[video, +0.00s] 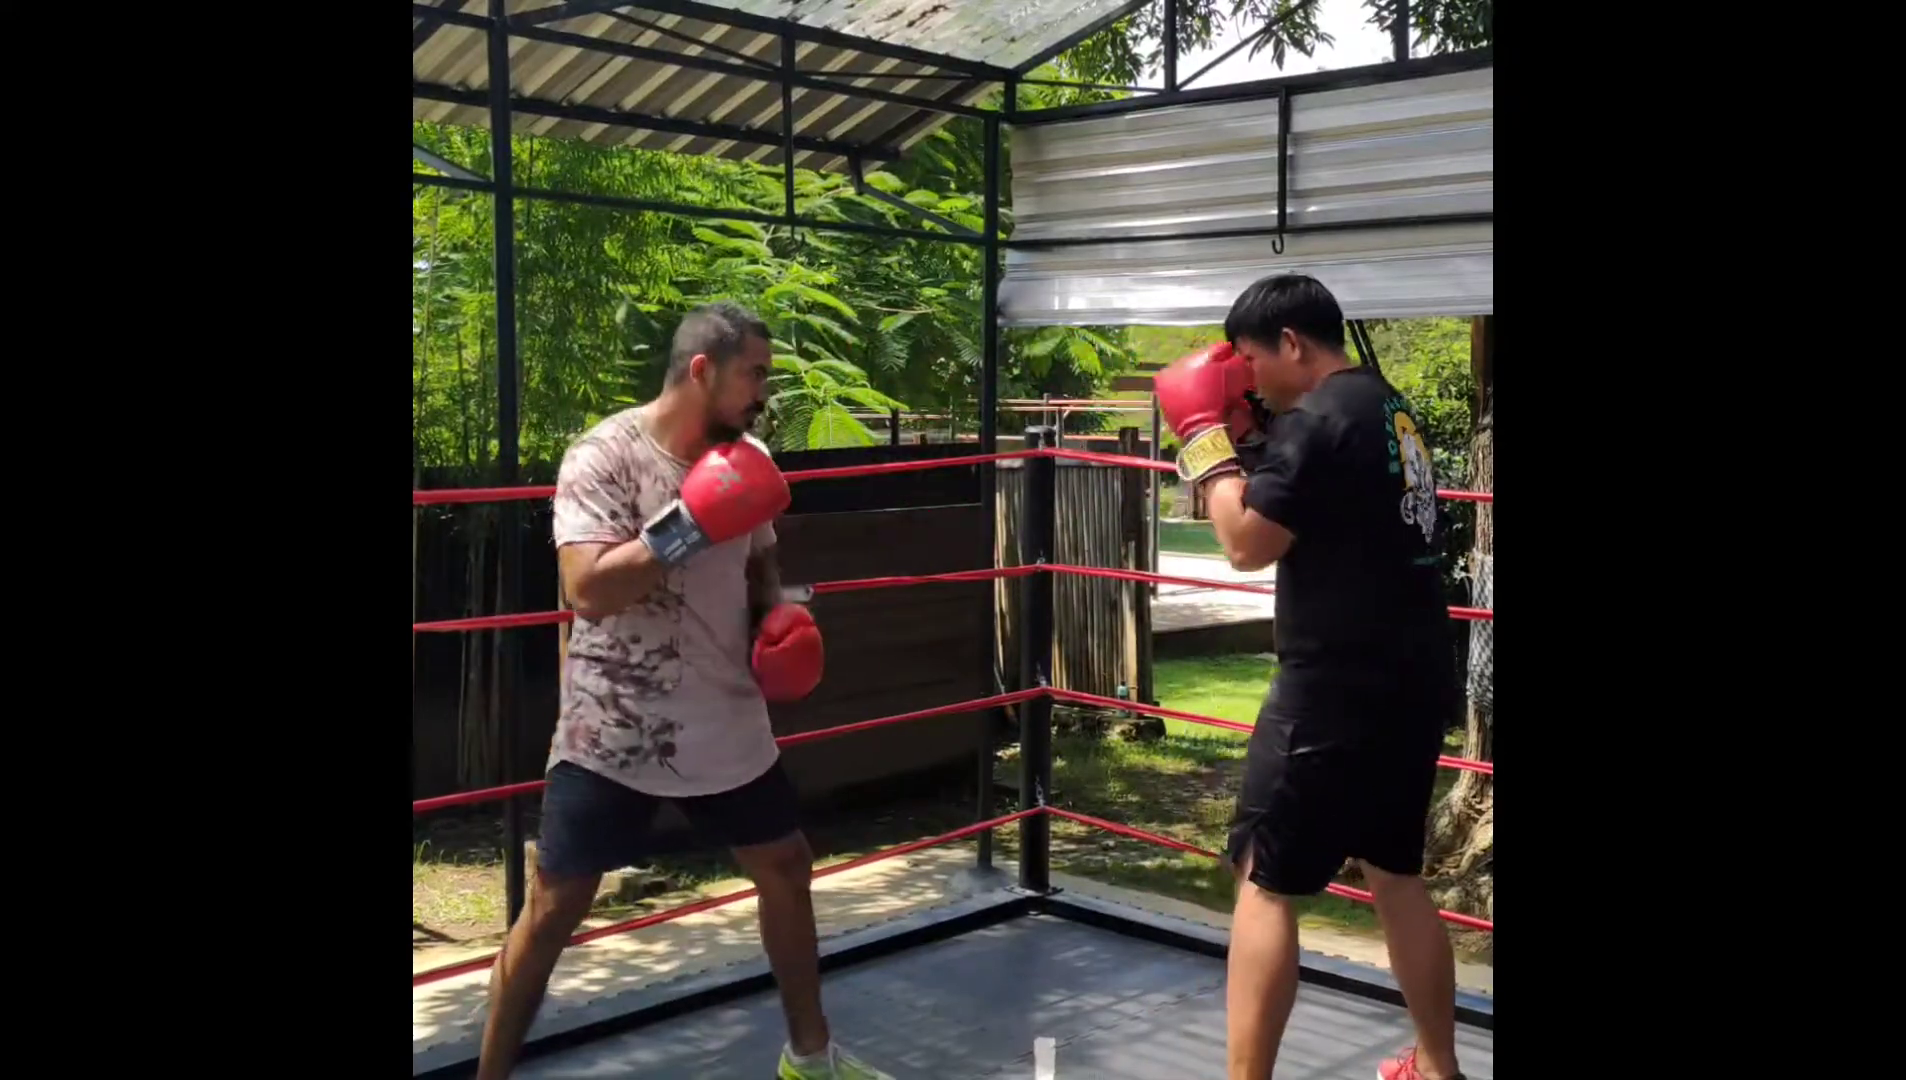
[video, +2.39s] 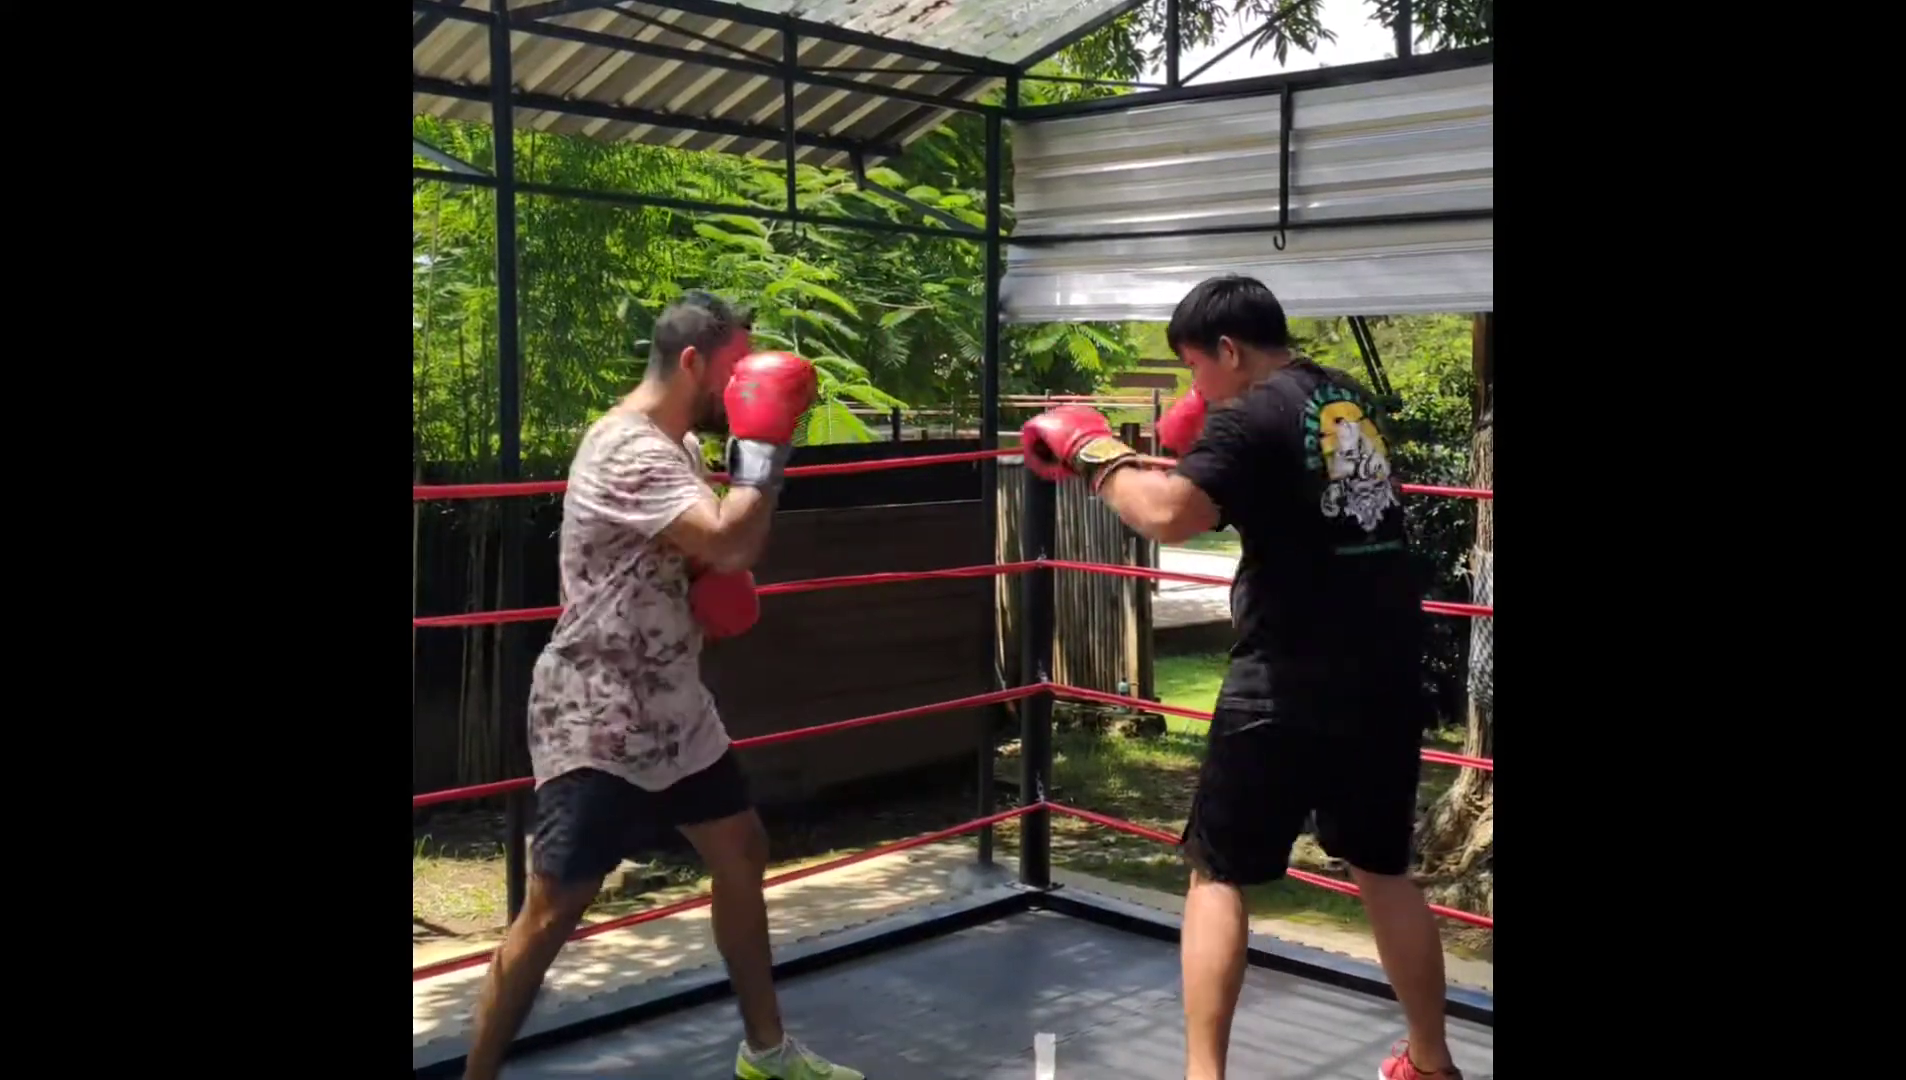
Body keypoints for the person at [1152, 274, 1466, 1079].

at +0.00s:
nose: (1249, 382)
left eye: (1249, 363)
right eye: (1242, 368)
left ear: (1293, 344)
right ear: (1321, 342)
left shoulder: (1318, 419)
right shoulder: (1385, 405)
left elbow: (1246, 543)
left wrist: (1207, 443)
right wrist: (1249, 436)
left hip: (1332, 685)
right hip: (1413, 683)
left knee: (1265, 881)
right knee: (1398, 875)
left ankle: (1246, 1071)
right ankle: (1438, 1065)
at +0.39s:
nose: (1209, 389)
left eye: (1210, 370)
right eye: (1202, 375)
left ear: (1256, 352)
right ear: (1282, 350)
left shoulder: (1279, 425)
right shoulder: (1358, 405)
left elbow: (1234, 550)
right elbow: (1311, 523)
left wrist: (1163, 472)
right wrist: (1219, 451)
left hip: (1302, 681)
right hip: (1393, 679)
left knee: (1232, 880)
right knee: (1387, 871)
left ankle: (1236, 1072)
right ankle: (1433, 1063)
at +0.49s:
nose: (1186, 387)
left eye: (1186, 370)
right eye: (1180, 373)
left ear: (1225, 353)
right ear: (1273, 345)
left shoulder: (1234, 413)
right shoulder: (1348, 396)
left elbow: (1091, 453)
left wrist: (994, 412)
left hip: (1286, 675)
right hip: (1390, 674)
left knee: (1218, 869)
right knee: (1391, 870)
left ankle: (1205, 1068)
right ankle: (1435, 1060)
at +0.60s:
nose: (1187, 384)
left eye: (1187, 368)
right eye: (1182, 371)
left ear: (1221, 351)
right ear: (1274, 341)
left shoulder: (1220, 407)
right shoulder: (1356, 393)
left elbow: (1074, 413)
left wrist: (964, 380)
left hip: (1275, 686)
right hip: (1383, 682)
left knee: (1216, 878)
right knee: (1393, 871)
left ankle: (1205, 1069)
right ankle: (1436, 1056)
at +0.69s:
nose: (1197, 376)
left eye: (1197, 362)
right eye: (1192, 365)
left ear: (1228, 348)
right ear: (1283, 340)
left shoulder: (1230, 399)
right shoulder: (1360, 392)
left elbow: (1085, 428)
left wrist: (965, 392)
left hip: (1274, 687)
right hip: (1382, 682)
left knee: (1216, 879)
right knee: (1391, 869)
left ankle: (1206, 1069)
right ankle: (1435, 1056)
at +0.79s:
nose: (1212, 380)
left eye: (1212, 362)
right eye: (1208, 364)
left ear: (1250, 344)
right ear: (1288, 342)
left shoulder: (1266, 407)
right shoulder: (1359, 395)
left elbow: (1167, 510)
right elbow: (1298, 491)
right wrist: (1219, 435)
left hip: (1289, 681)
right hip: (1385, 677)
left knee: (1230, 874)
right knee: (1385, 866)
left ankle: (1219, 1070)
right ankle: (1433, 1059)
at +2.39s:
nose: (1193, 387)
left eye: (1191, 367)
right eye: (1187, 371)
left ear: (1230, 350)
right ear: (1274, 342)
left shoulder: (1254, 416)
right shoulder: (1346, 397)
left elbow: (1168, 512)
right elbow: (1290, 490)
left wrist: (1094, 453)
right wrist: (1203, 446)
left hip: (1281, 685)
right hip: (1385, 681)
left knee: (1218, 872)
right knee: (1387, 870)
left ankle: (1204, 1070)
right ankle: (1432, 1059)